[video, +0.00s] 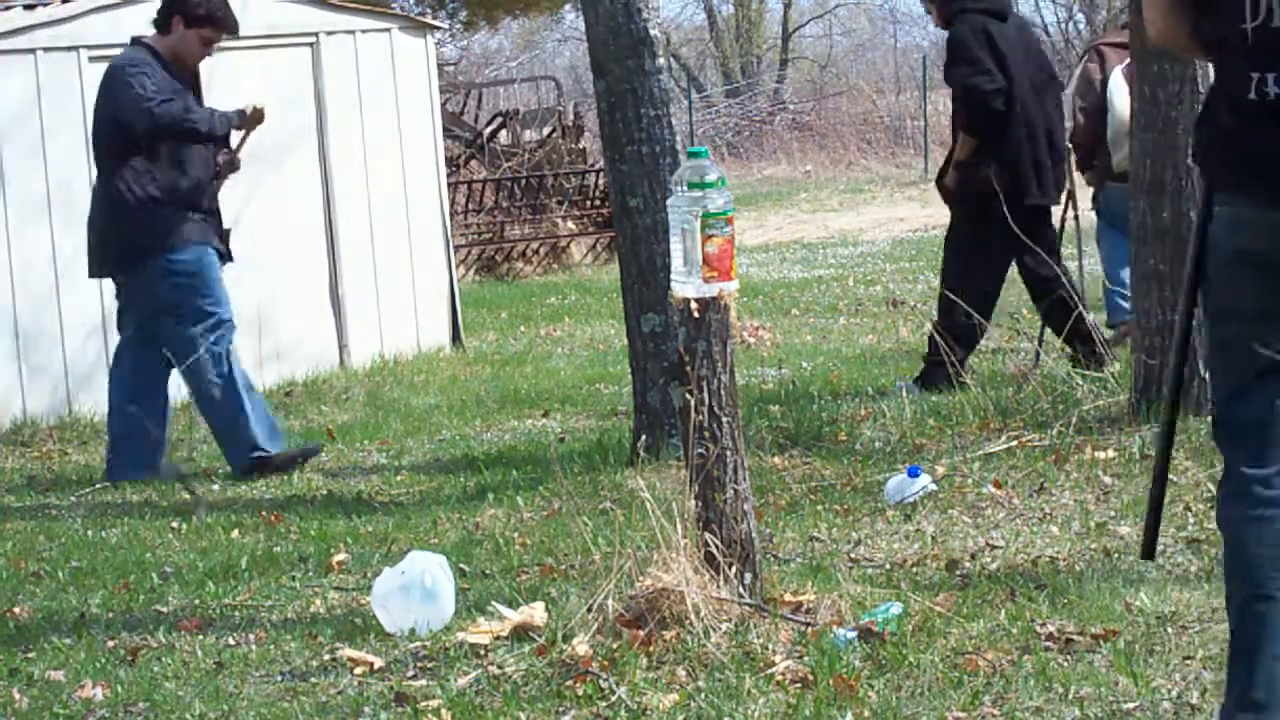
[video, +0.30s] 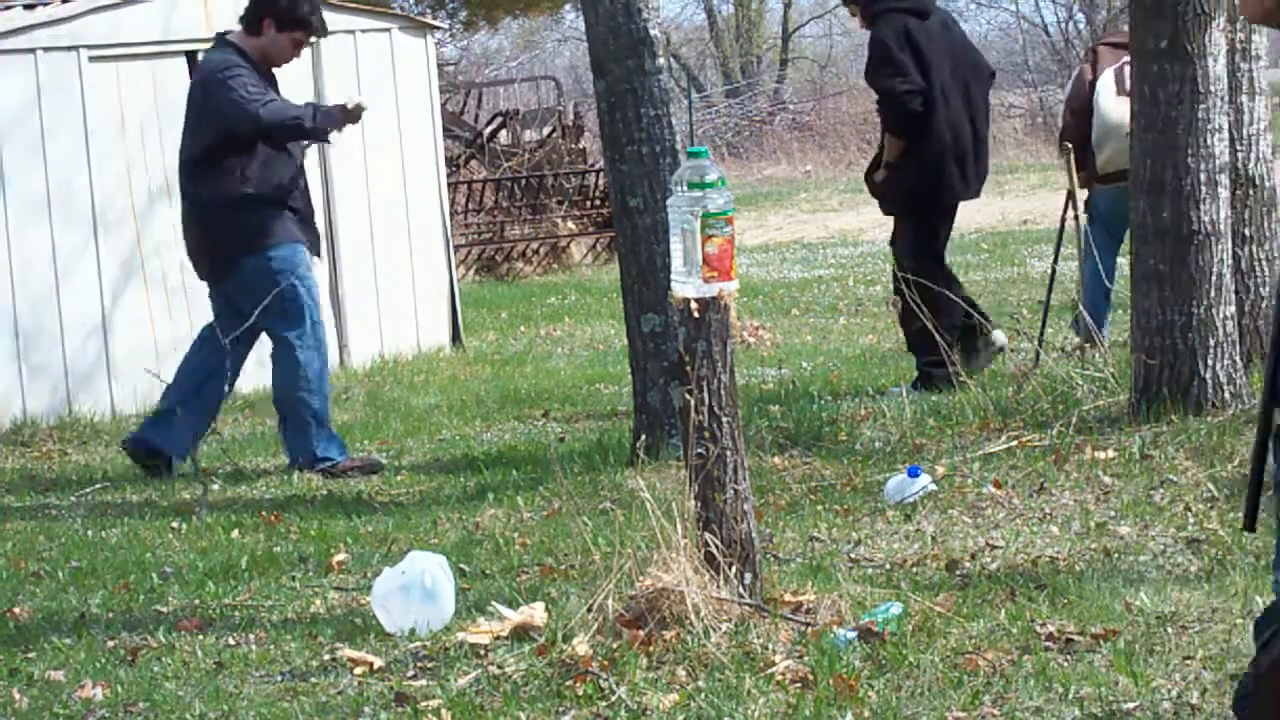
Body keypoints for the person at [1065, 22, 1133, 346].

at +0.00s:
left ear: (1127, 16)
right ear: (1157, 19)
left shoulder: (1103, 54)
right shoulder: (1176, 52)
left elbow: (1083, 119)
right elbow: (1193, 116)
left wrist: (1089, 166)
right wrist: (1186, 164)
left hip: (1121, 175)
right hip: (1171, 177)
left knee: (1114, 229)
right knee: (1168, 242)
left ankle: (1124, 314)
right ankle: (1170, 318)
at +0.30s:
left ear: (1112, 36)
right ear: (1148, 33)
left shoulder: (1097, 62)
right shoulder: (1166, 58)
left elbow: (1075, 112)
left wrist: (1084, 167)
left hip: (1113, 176)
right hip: (1162, 178)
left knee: (1099, 250)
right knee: (1163, 259)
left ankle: (1090, 331)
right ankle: (1166, 337)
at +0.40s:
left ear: (1106, 40)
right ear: (1143, 37)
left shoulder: (1091, 68)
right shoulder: (1162, 60)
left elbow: (1066, 123)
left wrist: (1069, 162)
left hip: (1108, 174)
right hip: (1161, 175)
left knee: (1099, 254)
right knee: (1161, 258)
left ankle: (1093, 338)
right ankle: (1165, 338)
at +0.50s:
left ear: (1112, 31)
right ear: (1147, 27)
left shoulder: (1094, 56)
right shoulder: (1163, 52)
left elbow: (1064, 114)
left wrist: (1062, 159)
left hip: (1104, 169)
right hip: (1157, 171)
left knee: (1097, 254)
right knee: (1160, 255)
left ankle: (1098, 339)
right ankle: (1164, 341)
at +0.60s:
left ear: (1107, 38)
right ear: (1147, 32)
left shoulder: (1089, 63)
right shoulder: (1161, 56)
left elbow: (1060, 120)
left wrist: (1061, 163)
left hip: (1100, 171)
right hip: (1154, 172)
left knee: (1096, 255)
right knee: (1159, 255)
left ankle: (1097, 341)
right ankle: (1163, 340)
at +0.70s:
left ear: (1114, 28)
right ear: (1150, 26)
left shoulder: (1092, 55)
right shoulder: (1164, 52)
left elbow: (1060, 115)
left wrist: (1060, 164)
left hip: (1099, 171)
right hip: (1153, 171)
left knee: (1095, 255)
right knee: (1159, 256)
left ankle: (1095, 343)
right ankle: (1162, 342)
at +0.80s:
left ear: (1120, 22)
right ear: (1153, 22)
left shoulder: (1094, 52)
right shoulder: (1167, 50)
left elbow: (1063, 113)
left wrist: (1060, 165)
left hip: (1098, 171)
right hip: (1153, 172)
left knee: (1095, 257)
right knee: (1157, 258)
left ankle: (1095, 344)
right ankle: (1161, 343)